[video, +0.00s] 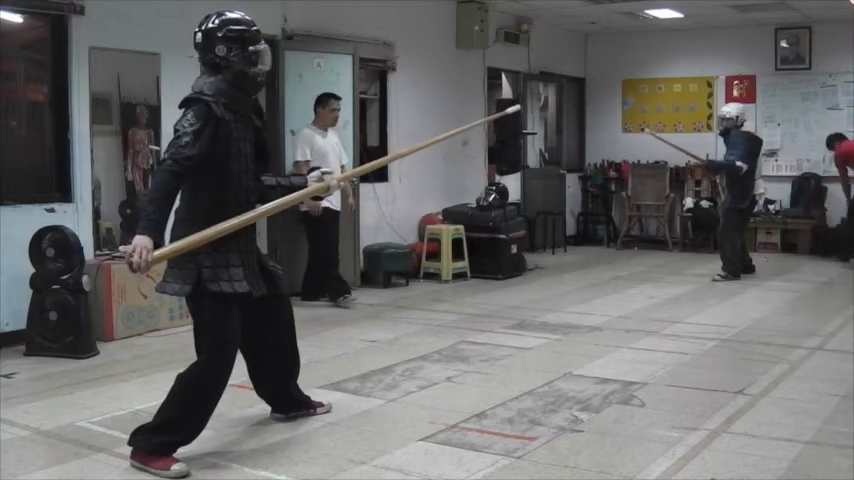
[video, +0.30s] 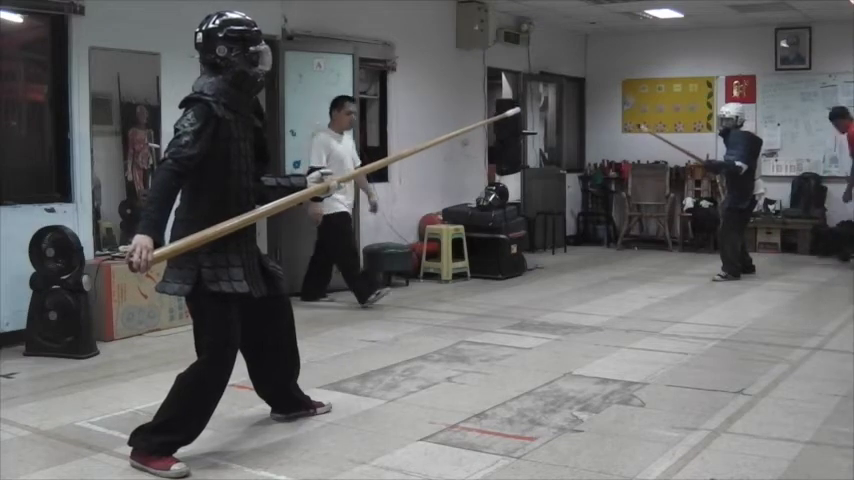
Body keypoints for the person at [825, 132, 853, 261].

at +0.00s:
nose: (834, 152)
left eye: (833, 149)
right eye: (832, 150)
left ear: (836, 143)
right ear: (842, 139)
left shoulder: (839, 153)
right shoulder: (850, 143)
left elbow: (845, 181)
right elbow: (845, 181)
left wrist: (848, 199)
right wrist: (848, 199)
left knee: (850, 221)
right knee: (849, 221)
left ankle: (846, 253)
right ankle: (846, 253)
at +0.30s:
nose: (836, 127)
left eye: (836, 123)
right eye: (834, 124)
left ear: (842, 120)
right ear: (846, 117)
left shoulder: (850, 134)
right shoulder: (849, 133)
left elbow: (852, 165)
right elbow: (852, 165)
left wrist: (849, 189)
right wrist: (849, 189)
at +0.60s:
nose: (850, 111)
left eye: (850, 108)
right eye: (849, 107)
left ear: (851, 108)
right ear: (849, 108)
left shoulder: (851, 131)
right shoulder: (850, 131)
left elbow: (851, 157)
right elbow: (851, 157)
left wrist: (845, 181)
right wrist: (844, 181)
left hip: (851, 184)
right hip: (850, 183)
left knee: (846, 213)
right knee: (845, 213)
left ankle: (846, 249)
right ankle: (845, 249)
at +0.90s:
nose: (852, 113)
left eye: (852, 109)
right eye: (852, 109)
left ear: (851, 109)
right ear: (851, 110)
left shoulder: (848, 132)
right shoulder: (848, 132)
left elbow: (845, 159)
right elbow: (845, 159)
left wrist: (840, 182)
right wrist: (839, 182)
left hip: (852, 184)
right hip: (852, 184)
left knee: (849, 221)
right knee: (849, 222)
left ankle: (850, 263)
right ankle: (850, 263)